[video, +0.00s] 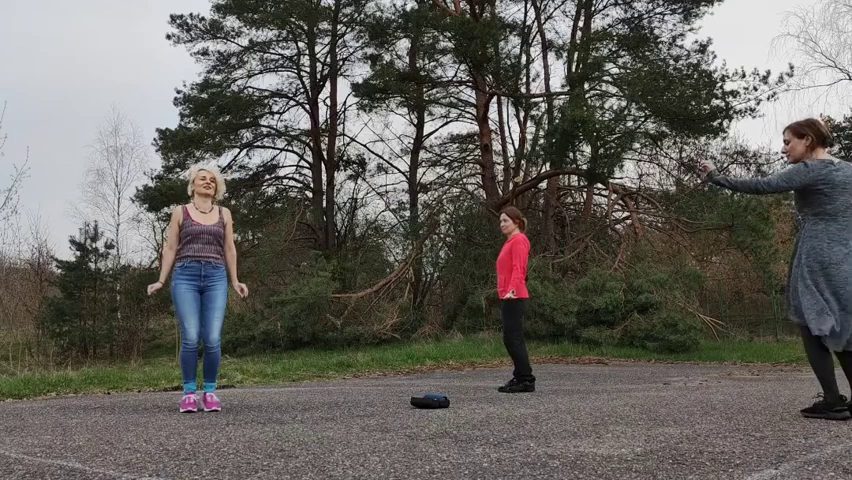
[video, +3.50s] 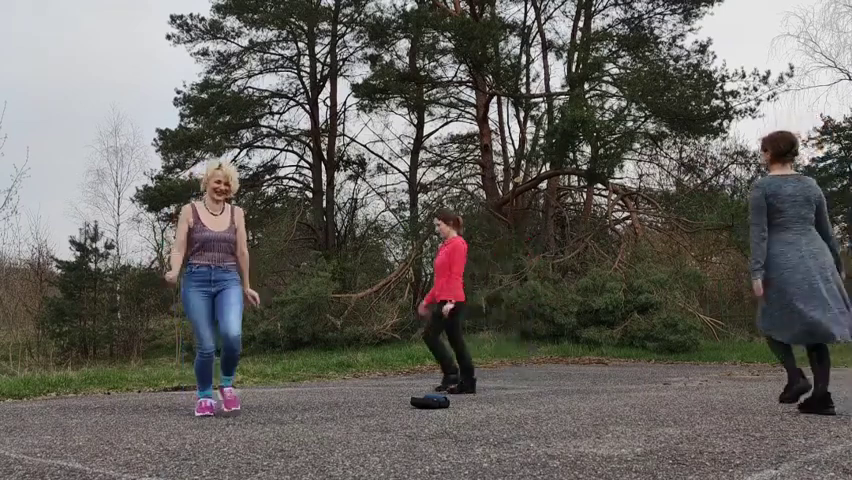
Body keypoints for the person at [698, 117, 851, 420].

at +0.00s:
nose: (784, 149)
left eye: (788, 142)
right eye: (784, 143)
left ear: (807, 140)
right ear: (812, 142)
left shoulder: (808, 170)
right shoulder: (844, 168)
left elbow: (764, 185)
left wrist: (715, 177)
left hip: (817, 256)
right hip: (845, 255)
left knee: (809, 325)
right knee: (840, 328)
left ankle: (833, 399)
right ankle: (848, 396)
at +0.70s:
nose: (786, 140)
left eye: (789, 134)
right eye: (786, 134)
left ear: (804, 134)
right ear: (816, 135)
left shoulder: (800, 164)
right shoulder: (844, 166)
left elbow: (778, 205)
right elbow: (844, 208)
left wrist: (729, 209)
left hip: (818, 250)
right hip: (847, 249)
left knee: (824, 326)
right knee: (841, 325)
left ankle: (834, 398)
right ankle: (839, 398)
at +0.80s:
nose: (787, 144)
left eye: (789, 138)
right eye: (787, 138)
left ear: (802, 137)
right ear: (820, 138)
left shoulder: (800, 167)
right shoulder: (844, 168)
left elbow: (785, 211)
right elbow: (841, 210)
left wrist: (744, 230)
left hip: (815, 254)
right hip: (846, 252)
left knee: (813, 327)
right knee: (841, 328)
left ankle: (833, 399)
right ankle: (849, 397)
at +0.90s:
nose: (788, 144)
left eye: (790, 138)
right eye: (788, 138)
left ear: (803, 139)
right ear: (819, 139)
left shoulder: (802, 169)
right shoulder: (843, 168)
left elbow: (788, 219)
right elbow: (842, 214)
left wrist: (767, 258)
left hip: (815, 255)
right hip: (844, 253)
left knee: (811, 325)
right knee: (839, 325)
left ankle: (832, 397)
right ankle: (840, 397)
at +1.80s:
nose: (791, 135)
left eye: (798, 129)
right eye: (788, 131)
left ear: (818, 134)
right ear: (787, 137)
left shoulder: (814, 165)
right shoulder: (824, 165)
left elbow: (817, 212)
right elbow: (830, 213)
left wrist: (807, 253)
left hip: (820, 253)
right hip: (832, 251)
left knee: (816, 326)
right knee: (833, 326)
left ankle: (833, 398)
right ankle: (836, 397)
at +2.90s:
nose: (775, 144)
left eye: (779, 138)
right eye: (777, 138)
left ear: (789, 141)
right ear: (811, 142)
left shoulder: (780, 177)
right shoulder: (835, 176)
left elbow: (777, 230)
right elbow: (845, 225)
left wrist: (768, 270)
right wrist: (843, 253)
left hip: (802, 255)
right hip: (839, 252)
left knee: (809, 327)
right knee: (836, 325)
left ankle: (833, 399)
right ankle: (847, 389)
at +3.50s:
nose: (762, 156)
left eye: (763, 152)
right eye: (762, 151)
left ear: (770, 154)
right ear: (792, 154)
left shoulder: (762, 186)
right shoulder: (811, 185)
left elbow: (759, 233)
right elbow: (826, 231)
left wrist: (756, 272)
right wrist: (836, 266)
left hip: (782, 262)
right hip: (817, 260)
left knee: (770, 324)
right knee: (815, 326)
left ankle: (795, 377)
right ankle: (822, 396)